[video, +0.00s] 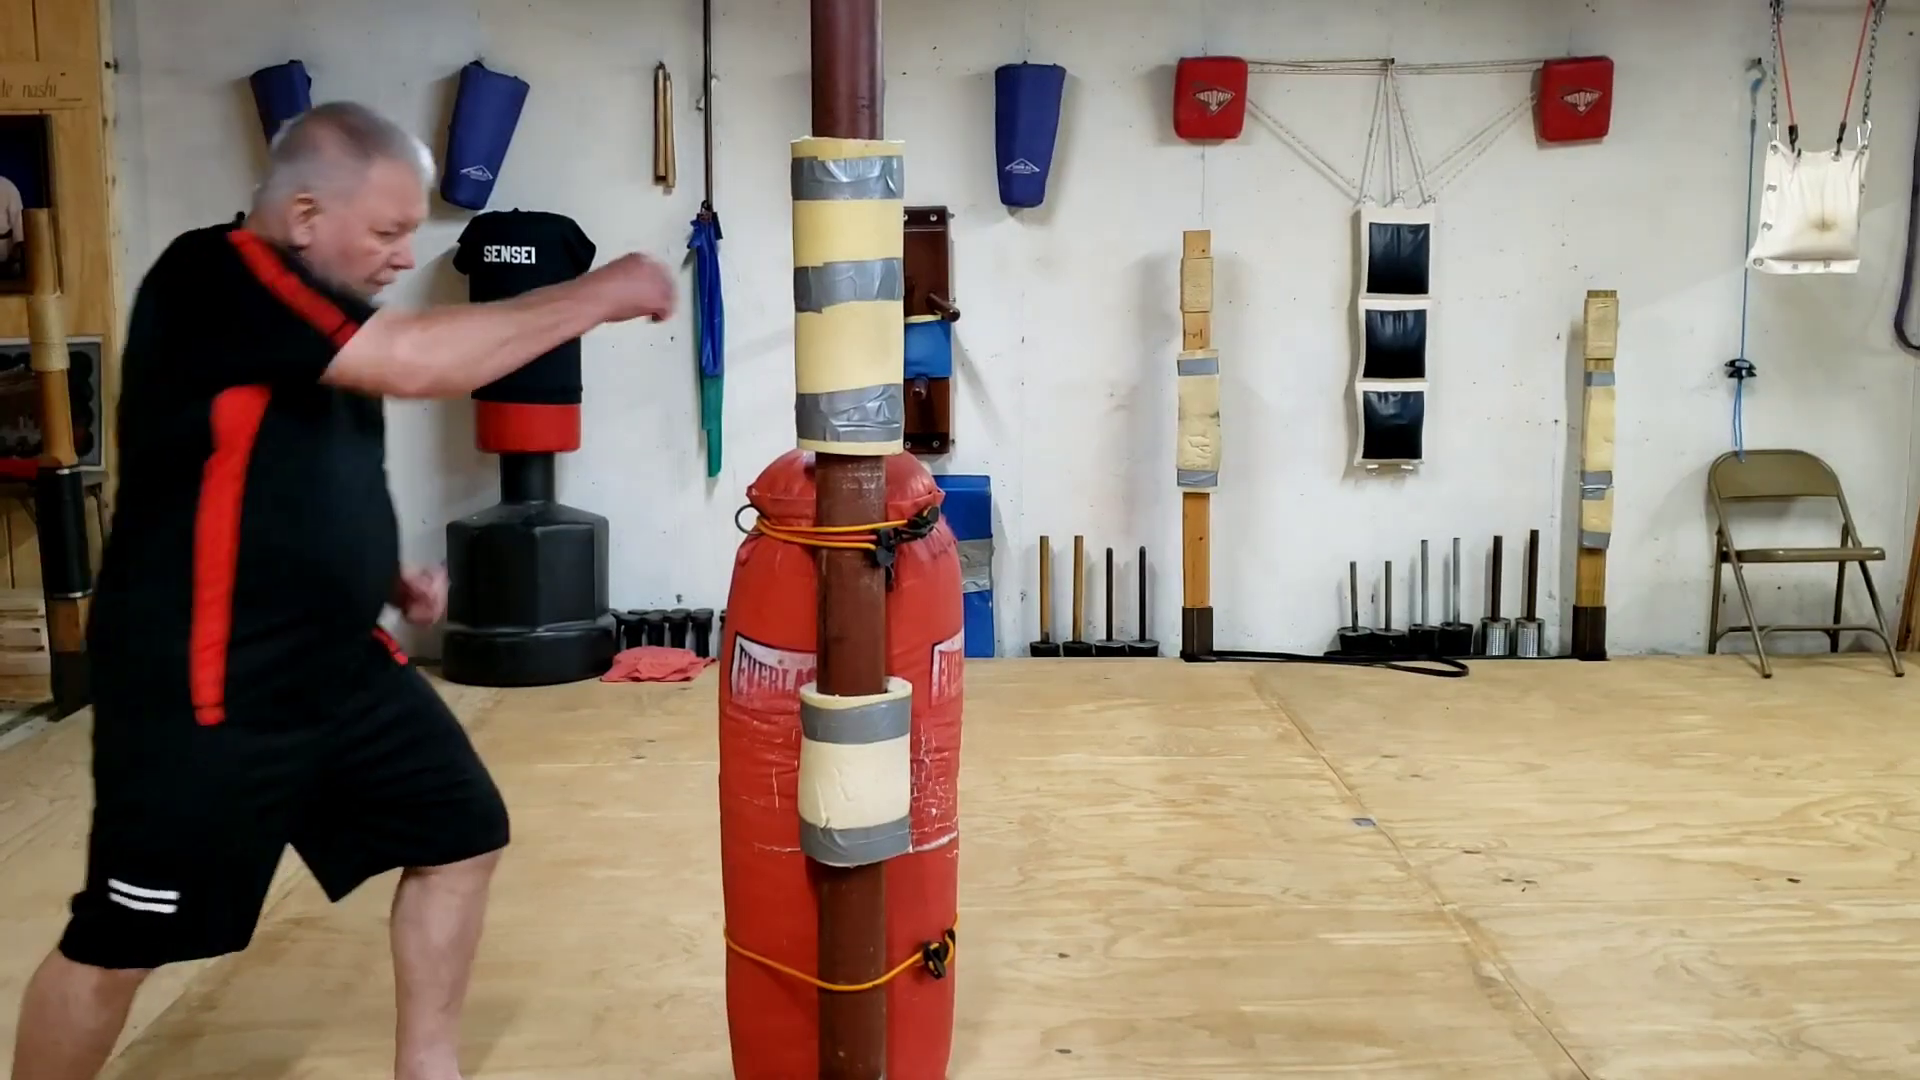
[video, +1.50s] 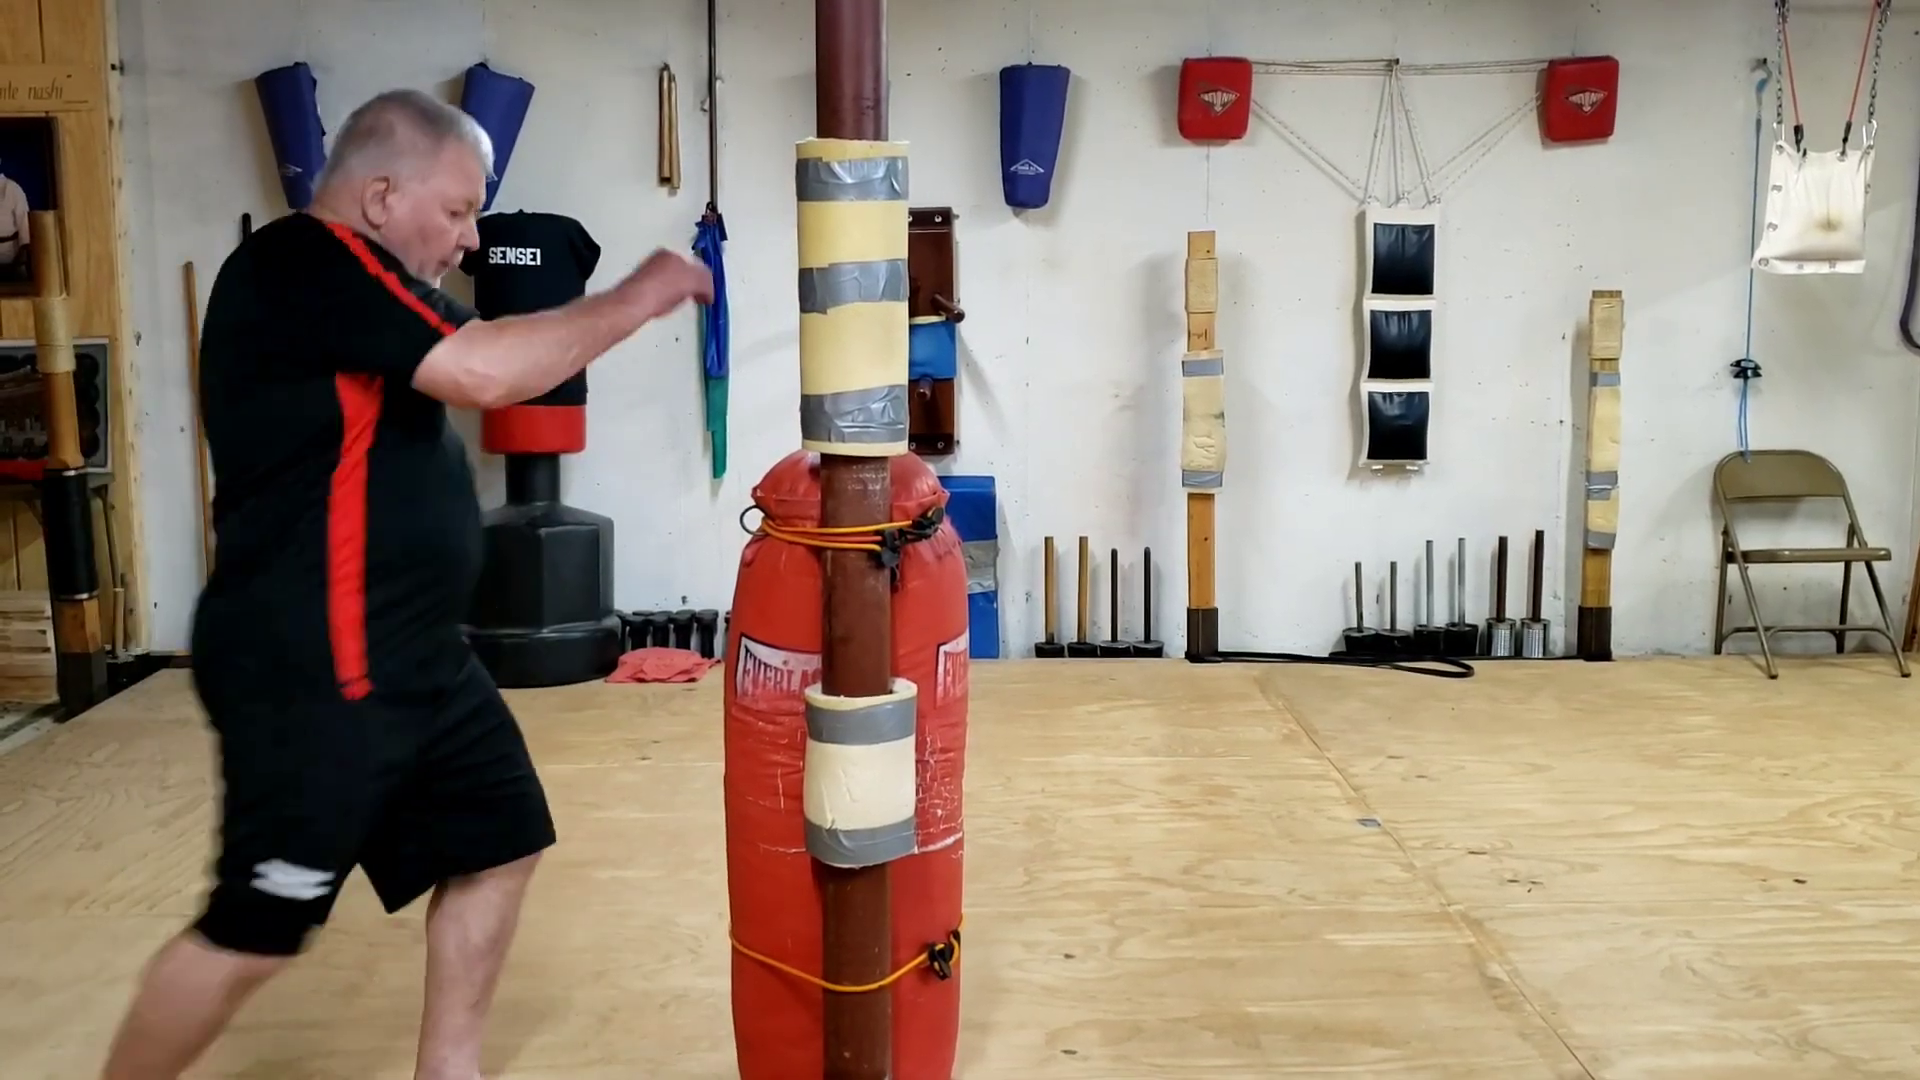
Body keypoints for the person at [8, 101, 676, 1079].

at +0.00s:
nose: (403, 257)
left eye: (409, 235)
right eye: (386, 233)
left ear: (318, 219)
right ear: (304, 216)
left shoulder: (323, 317)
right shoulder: (213, 274)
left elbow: (292, 489)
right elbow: (409, 360)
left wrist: (388, 577)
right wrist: (594, 298)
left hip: (330, 661)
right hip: (193, 681)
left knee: (459, 835)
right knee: (118, 936)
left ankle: (427, 1071)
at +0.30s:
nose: (447, 215)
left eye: (454, 194)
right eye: (439, 186)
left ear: (360, 166)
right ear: (362, 159)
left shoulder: (333, 256)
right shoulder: (285, 225)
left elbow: (365, 441)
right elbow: (252, 395)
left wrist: (500, 470)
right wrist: (364, 566)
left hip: (356, 588)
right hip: (377, 565)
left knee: (444, 839)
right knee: (612, 669)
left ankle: (429, 1066)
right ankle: (514, 936)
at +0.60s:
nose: (437, 214)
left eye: (443, 195)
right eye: (429, 186)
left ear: (353, 172)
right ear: (353, 163)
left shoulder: (334, 276)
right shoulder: (275, 240)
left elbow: (394, 461)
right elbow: (217, 429)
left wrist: (522, 429)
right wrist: (319, 597)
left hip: (389, 583)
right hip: (380, 571)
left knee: (456, 840)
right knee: (615, 704)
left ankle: (439, 1056)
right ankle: (425, 949)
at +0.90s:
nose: (415, 249)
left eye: (418, 224)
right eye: (396, 224)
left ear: (317, 221)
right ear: (309, 216)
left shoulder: (327, 314)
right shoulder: (195, 311)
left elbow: (318, 509)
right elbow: (236, 506)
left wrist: (422, 558)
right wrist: (427, 441)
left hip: (363, 663)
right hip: (223, 688)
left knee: (486, 835)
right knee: (181, 953)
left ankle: (439, 1067)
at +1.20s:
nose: (406, 242)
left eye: (410, 219)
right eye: (388, 218)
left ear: (316, 211)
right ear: (299, 209)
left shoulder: (370, 299)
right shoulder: (162, 309)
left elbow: (490, 371)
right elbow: (65, 496)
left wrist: (600, 331)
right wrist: (199, 650)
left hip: (341, 659)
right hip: (203, 683)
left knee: (446, 830)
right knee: (175, 941)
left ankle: (435, 1066)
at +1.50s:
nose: (468, 239)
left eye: (473, 217)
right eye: (458, 211)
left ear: (384, 200)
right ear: (384, 195)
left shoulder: (358, 276)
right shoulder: (302, 265)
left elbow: (476, 355)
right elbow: (482, 372)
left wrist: (611, 308)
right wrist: (634, 303)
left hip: (414, 647)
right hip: (304, 664)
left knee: (500, 842)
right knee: (255, 926)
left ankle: (449, 1069)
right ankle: (120, 1073)